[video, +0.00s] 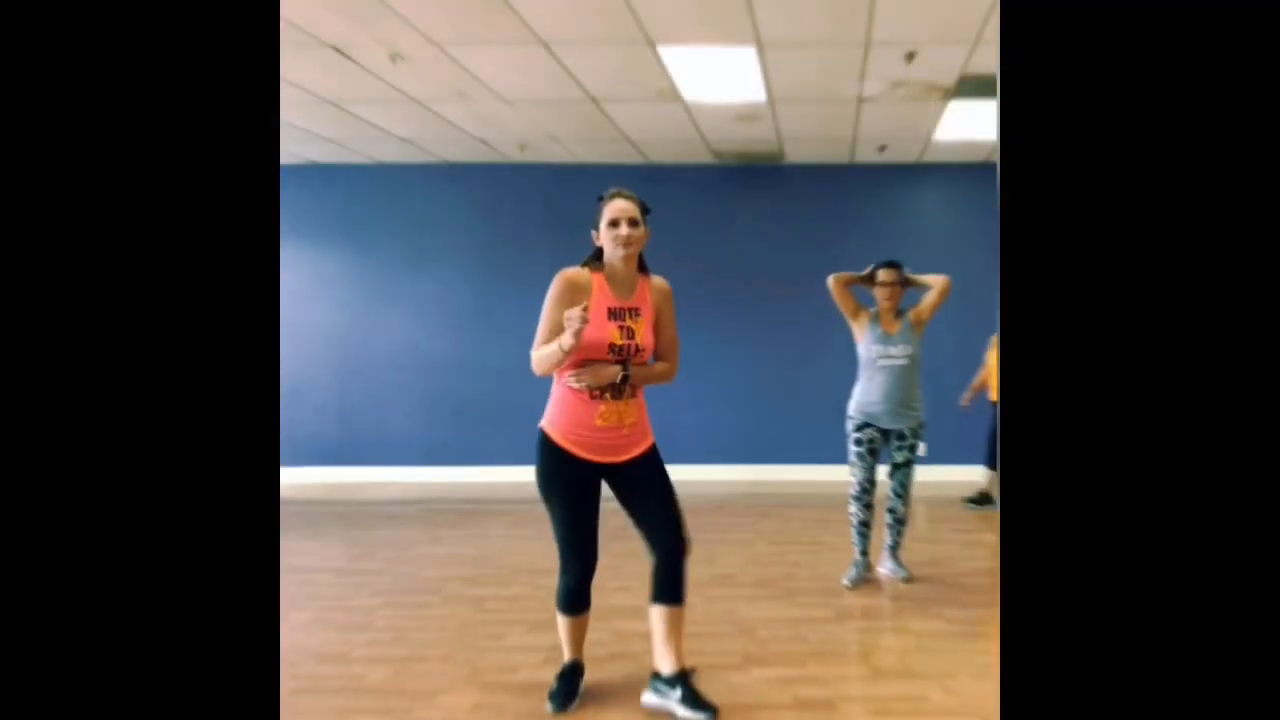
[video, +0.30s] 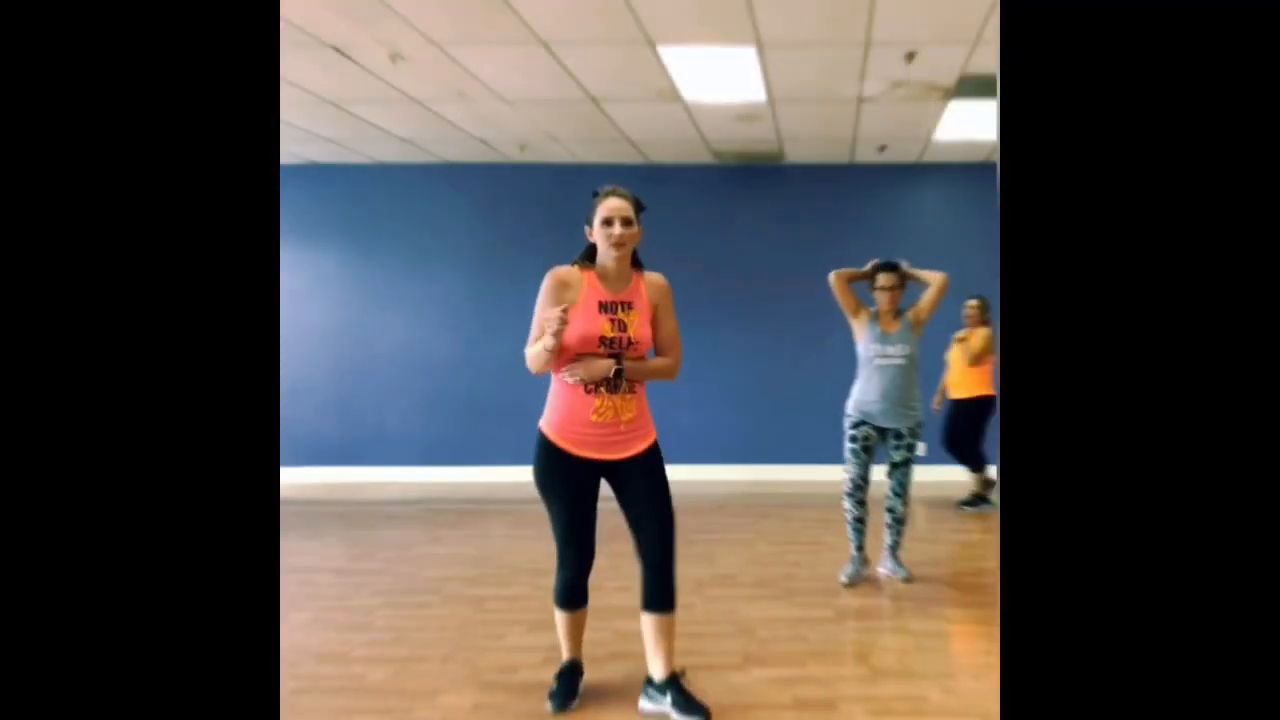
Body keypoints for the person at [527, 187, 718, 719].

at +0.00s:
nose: (625, 231)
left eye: (633, 223)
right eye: (615, 224)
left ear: (646, 232)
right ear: (598, 234)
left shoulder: (658, 292)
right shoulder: (571, 284)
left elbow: (668, 367)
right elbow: (538, 363)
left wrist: (618, 373)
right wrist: (564, 340)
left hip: (633, 446)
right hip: (567, 446)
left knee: (672, 546)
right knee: (577, 565)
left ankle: (668, 676)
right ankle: (571, 667)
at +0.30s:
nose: (618, 230)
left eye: (627, 222)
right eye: (608, 222)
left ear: (639, 230)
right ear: (591, 231)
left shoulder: (655, 287)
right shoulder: (563, 281)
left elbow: (670, 365)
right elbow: (535, 362)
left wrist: (614, 367)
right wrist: (550, 340)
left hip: (635, 445)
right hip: (567, 445)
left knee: (659, 555)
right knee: (574, 560)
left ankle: (661, 682)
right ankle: (570, 666)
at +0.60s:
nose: (650, 244)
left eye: (655, 235)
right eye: (639, 235)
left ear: (657, 240)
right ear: (608, 241)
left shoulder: (671, 294)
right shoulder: (578, 295)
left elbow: (689, 375)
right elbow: (557, 375)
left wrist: (621, 376)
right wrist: (544, 345)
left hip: (646, 455)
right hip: (575, 452)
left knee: (676, 572)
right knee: (572, 571)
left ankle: (715, 684)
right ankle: (569, 667)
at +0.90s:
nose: (691, 239)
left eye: (695, 230)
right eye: (681, 230)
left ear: (695, 236)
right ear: (648, 235)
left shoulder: (710, 290)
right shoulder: (615, 293)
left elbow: (732, 368)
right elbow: (601, 380)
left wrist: (664, 373)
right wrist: (596, 347)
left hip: (700, 449)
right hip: (630, 450)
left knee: (708, 572)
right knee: (599, 567)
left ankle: (720, 685)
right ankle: (577, 665)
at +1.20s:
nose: (715, 225)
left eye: (718, 215)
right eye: (704, 216)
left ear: (718, 222)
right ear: (671, 221)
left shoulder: (734, 278)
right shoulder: (638, 279)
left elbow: (757, 360)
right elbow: (625, 369)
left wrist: (689, 364)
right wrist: (624, 332)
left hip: (715, 441)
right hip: (647, 439)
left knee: (715, 568)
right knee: (609, 560)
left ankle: (722, 688)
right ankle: (613, 677)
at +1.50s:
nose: (703, 234)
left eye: (705, 224)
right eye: (692, 225)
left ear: (701, 231)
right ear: (658, 230)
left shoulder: (714, 287)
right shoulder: (619, 288)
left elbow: (742, 367)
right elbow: (604, 377)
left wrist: (684, 372)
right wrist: (612, 337)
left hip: (707, 451)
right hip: (633, 452)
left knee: (718, 576)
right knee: (591, 578)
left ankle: (723, 689)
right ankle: (548, 686)